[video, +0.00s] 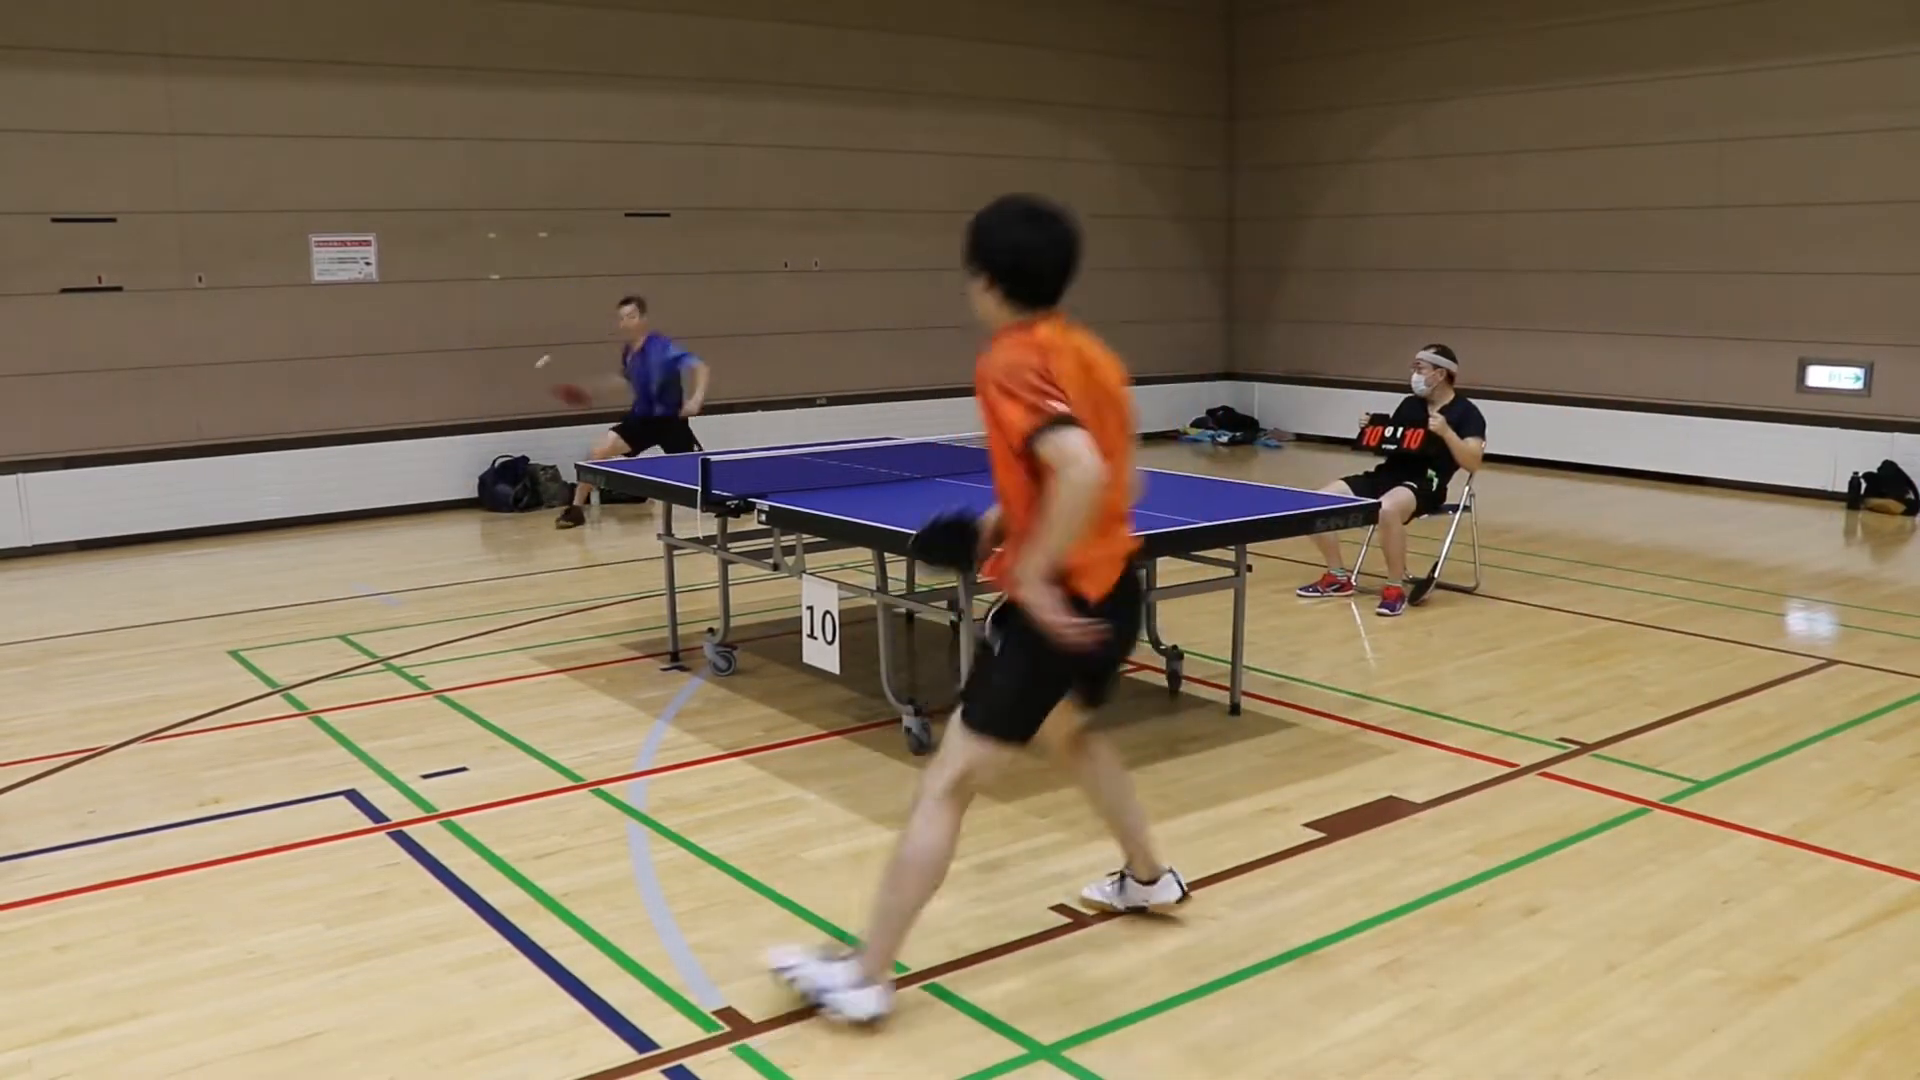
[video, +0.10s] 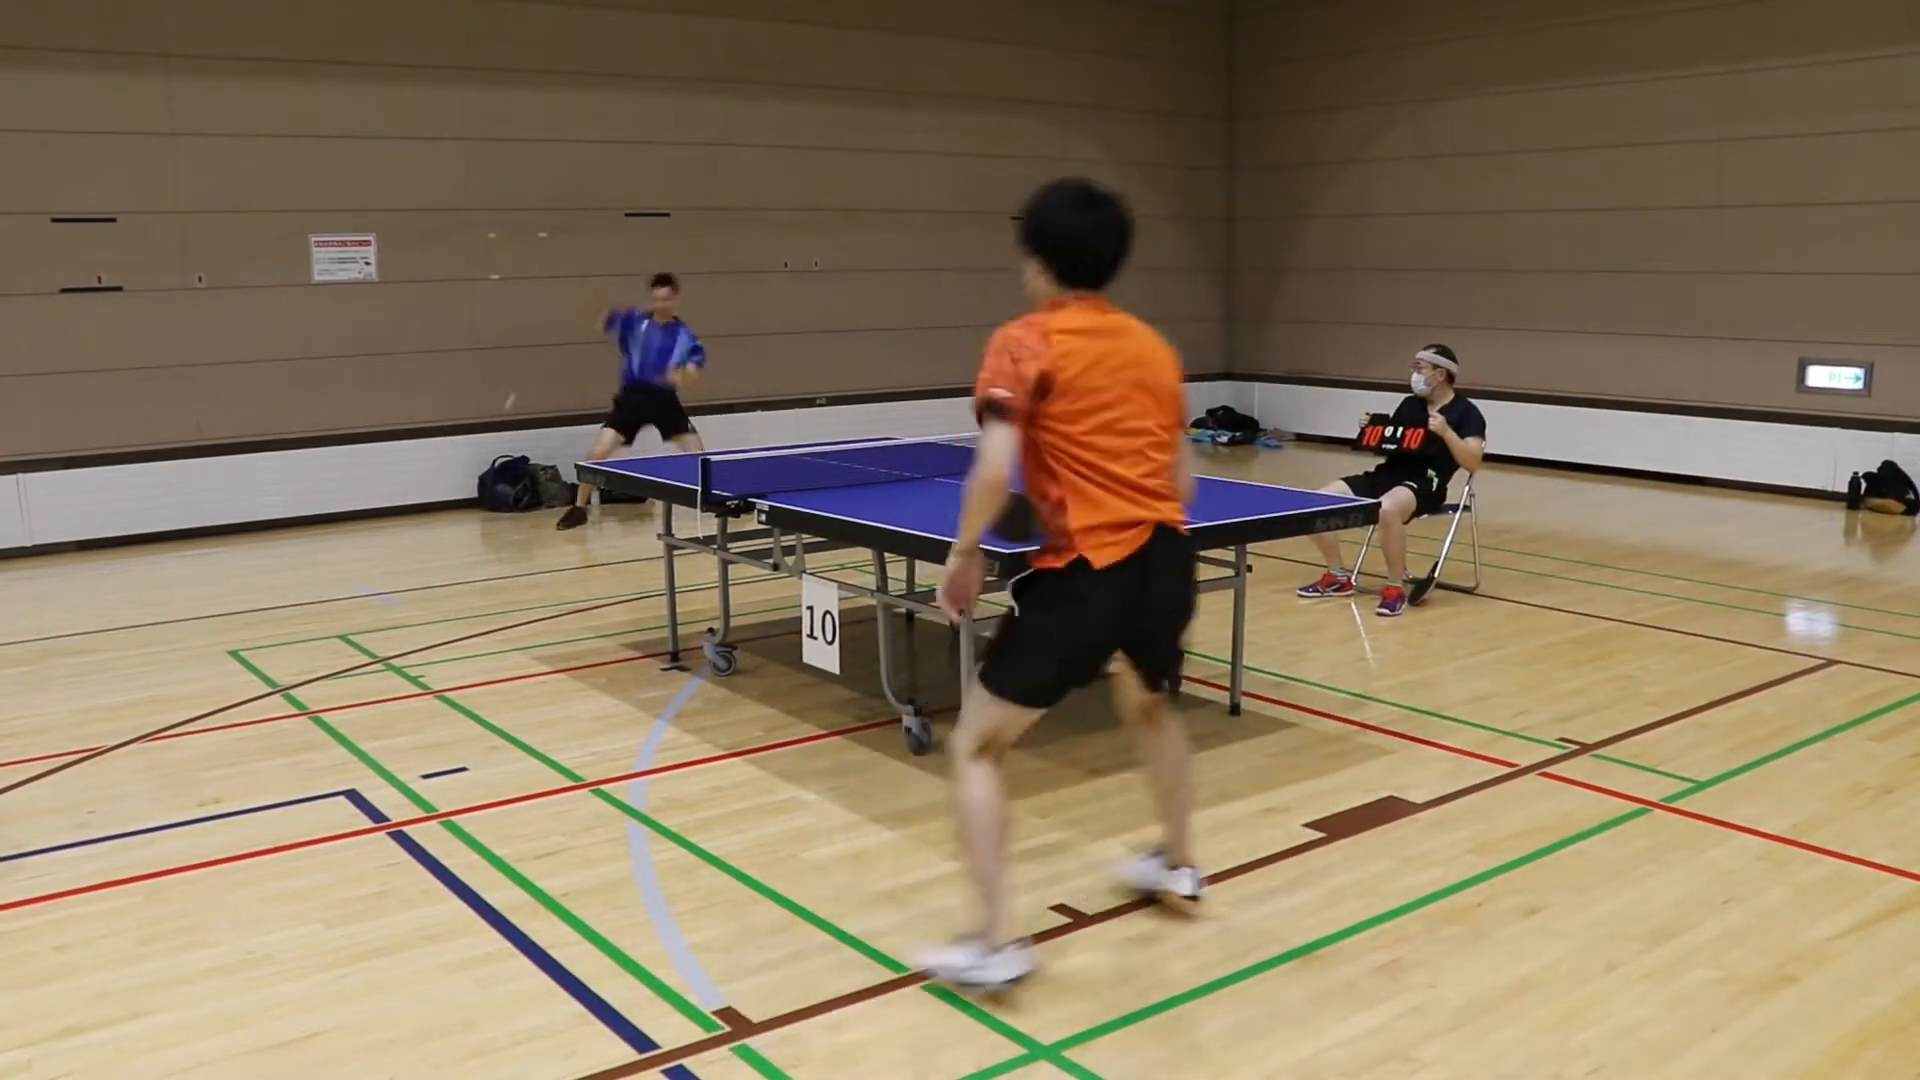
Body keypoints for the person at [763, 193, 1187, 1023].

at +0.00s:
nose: (970, 286)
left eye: (973, 273)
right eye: (971, 272)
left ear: (992, 280)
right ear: (1056, 279)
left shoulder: (1012, 360)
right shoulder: (1093, 354)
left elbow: (1079, 469)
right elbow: (1110, 480)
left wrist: (1037, 574)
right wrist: (1005, 525)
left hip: (1049, 599)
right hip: (1109, 589)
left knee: (947, 782)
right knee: (1076, 731)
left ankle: (867, 973)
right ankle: (1148, 875)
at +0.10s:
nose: (1022, 264)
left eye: (1027, 252)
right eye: (1027, 250)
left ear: (1041, 262)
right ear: (1108, 262)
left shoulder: (1023, 344)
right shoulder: (1154, 348)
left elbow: (997, 469)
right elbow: (1178, 482)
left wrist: (966, 556)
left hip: (1081, 576)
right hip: (1164, 564)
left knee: (977, 744)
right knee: (1150, 707)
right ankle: (1181, 862)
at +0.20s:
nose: (1085, 287)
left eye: (1089, 276)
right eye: (1091, 275)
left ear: (1100, 284)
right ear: (1172, 287)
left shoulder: (1059, 360)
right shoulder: (1205, 374)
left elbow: (988, 486)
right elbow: (1238, 523)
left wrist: (1029, 550)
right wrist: (1202, 541)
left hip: (1085, 598)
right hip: (1178, 594)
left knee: (1026, 771)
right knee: (1227, 722)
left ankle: (1037, 950)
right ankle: (1277, 861)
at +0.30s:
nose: (1156, 309)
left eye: (1159, 299)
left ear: (1165, 307)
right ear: (1238, 315)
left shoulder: (1110, 378)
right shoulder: (1259, 406)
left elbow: (1072, 493)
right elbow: (1291, 541)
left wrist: (1116, 548)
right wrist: (1308, 626)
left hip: (1101, 612)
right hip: (1201, 617)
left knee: (1055, 771)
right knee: (1279, 714)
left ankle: (1029, 935)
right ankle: (1309, 869)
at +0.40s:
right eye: (1308, 293)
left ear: (1233, 292)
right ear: (1304, 302)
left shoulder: (1184, 367)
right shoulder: (1309, 390)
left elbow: (1148, 475)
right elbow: (1344, 519)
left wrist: (1198, 522)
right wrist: (1389, 617)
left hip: (1161, 588)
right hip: (1251, 595)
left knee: (1113, 742)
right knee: (1310, 711)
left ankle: (1053, 888)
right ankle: (1312, 867)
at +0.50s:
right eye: (1361, 266)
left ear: (1289, 266)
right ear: (1358, 276)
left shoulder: (1241, 339)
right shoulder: (1368, 360)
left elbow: (1187, 443)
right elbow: (1401, 476)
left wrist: (1251, 458)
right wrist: (1422, 578)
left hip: (1224, 551)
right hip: (1307, 561)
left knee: (1181, 695)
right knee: (1322, 706)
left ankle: (1119, 818)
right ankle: (1314, 862)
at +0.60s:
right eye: (1396, 227)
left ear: (1329, 224)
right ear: (1397, 236)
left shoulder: (1280, 295)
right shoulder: (1410, 315)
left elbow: (1231, 389)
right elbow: (1443, 427)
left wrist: (1274, 402)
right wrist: (1451, 514)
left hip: (1275, 503)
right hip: (1356, 512)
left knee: (1253, 649)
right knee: (1345, 667)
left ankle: (1222, 783)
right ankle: (1324, 824)